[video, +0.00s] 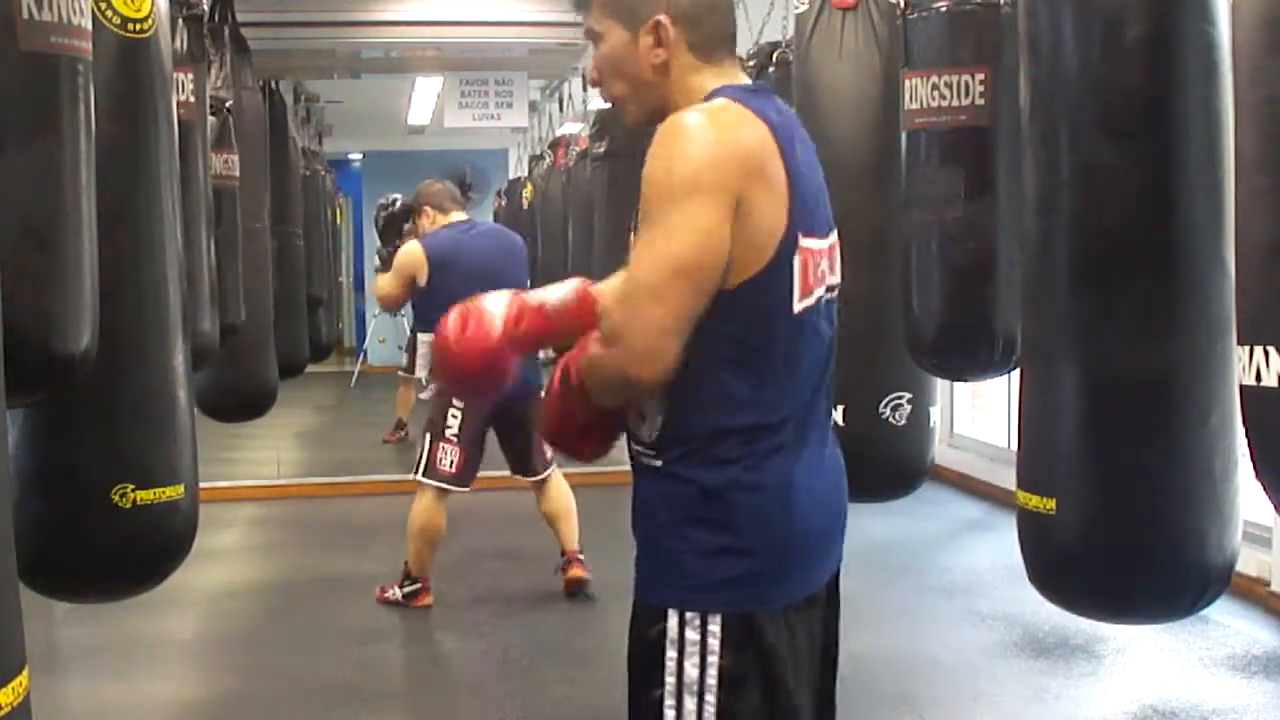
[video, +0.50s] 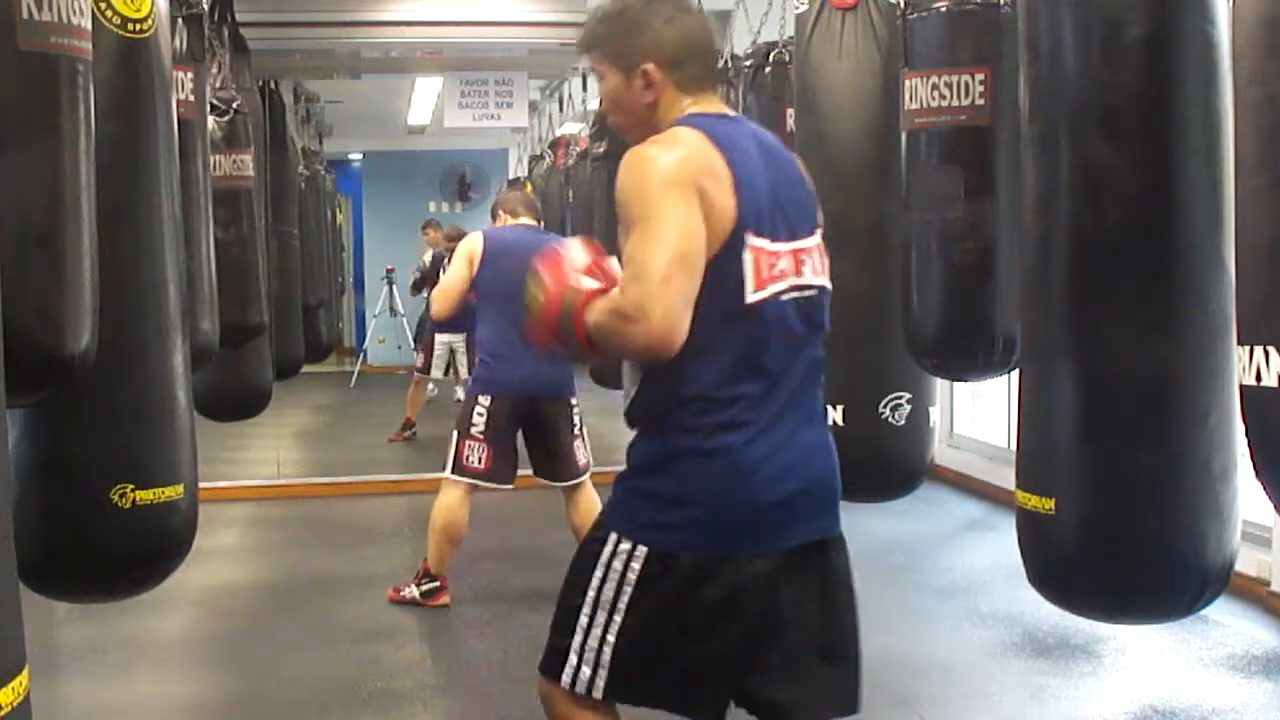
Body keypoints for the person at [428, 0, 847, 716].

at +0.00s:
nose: (590, 71)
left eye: (596, 39)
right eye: (588, 43)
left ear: (659, 39)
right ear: (661, 40)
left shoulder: (701, 135)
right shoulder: (765, 119)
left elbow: (639, 355)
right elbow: (673, 276)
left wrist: (586, 394)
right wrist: (529, 318)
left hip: (719, 528)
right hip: (790, 502)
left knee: (695, 710)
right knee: (789, 706)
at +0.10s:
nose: (604, 77)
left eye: (607, 49)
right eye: (602, 52)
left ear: (659, 49)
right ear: (665, 49)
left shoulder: (702, 147)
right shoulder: (774, 133)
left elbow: (674, 359)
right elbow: (755, 298)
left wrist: (591, 385)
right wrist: (610, 306)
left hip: (718, 528)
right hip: (793, 501)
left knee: (691, 709)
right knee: (800, 707)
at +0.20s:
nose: (612, 83)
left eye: (616, 58)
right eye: (609, 61)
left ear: (666, 60)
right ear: (689, 60)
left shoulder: (697, 153)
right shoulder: (784, 146)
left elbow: (701, 326)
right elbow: (771, 326)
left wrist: (611, 372)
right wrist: (646, 356)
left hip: (717, 527)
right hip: (795, 505)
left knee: (671, 708)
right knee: (791, 706)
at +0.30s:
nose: (615, 86)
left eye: (621, 63)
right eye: (612, 65)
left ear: (671, 63)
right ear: (701, 64)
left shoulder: (687, 149)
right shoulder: (791, 149)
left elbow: (695, 301)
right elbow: (852, 278)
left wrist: (608, 353)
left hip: (716, 510)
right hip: (810, 495)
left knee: (648, 708)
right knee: (784, 705)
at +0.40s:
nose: (613, 90)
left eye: (618, 68)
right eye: (610, 70)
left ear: (667, 69)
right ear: (700, 67)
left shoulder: (676, 151)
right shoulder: (792, 151)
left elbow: (665, 304)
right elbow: (839, 283)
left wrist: (602, 346)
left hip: (707, 495)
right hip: (811, 485)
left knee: (600, 699)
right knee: (801, 698)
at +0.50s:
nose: (598, 102)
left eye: (601, 79)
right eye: (594, 82)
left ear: (648, 78)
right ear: (679, 77)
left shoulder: (663, 159)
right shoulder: (781, 159)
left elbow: (653, 327)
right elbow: (751, 320)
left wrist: (584, 308)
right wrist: (626, 295)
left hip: (695, 487)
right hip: (802, 478)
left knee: (572, 687)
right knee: (803, 703)